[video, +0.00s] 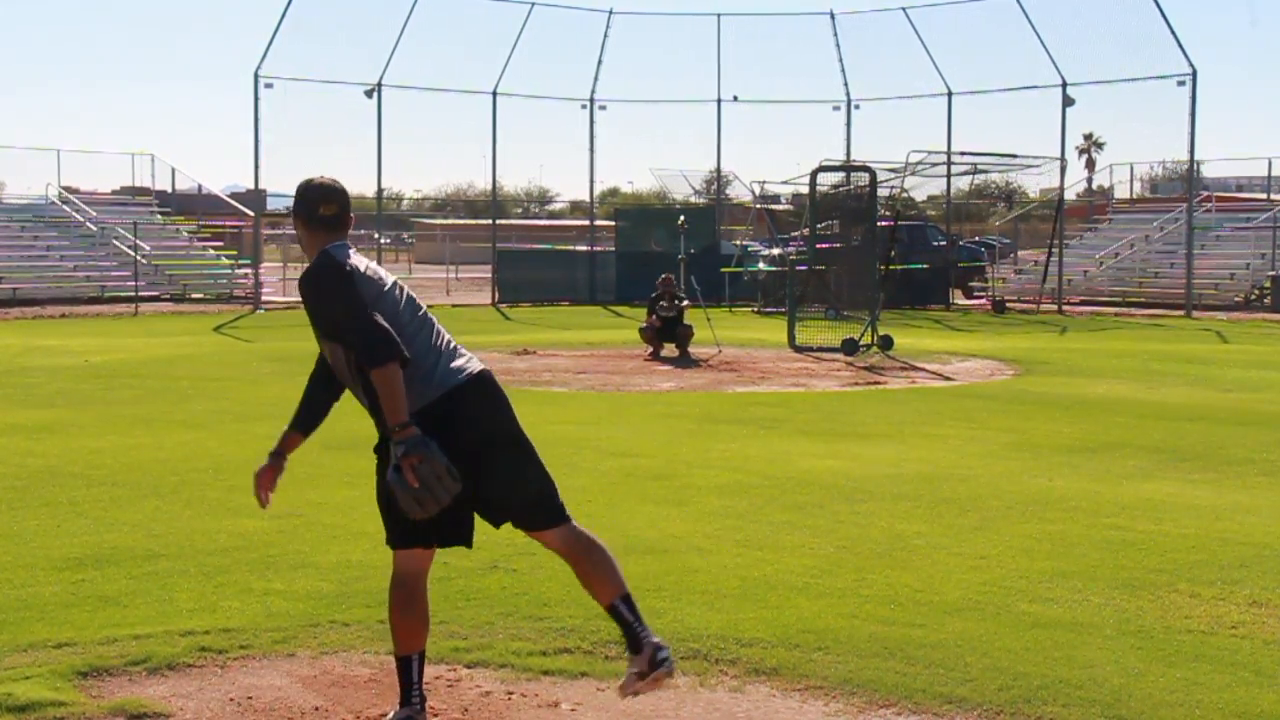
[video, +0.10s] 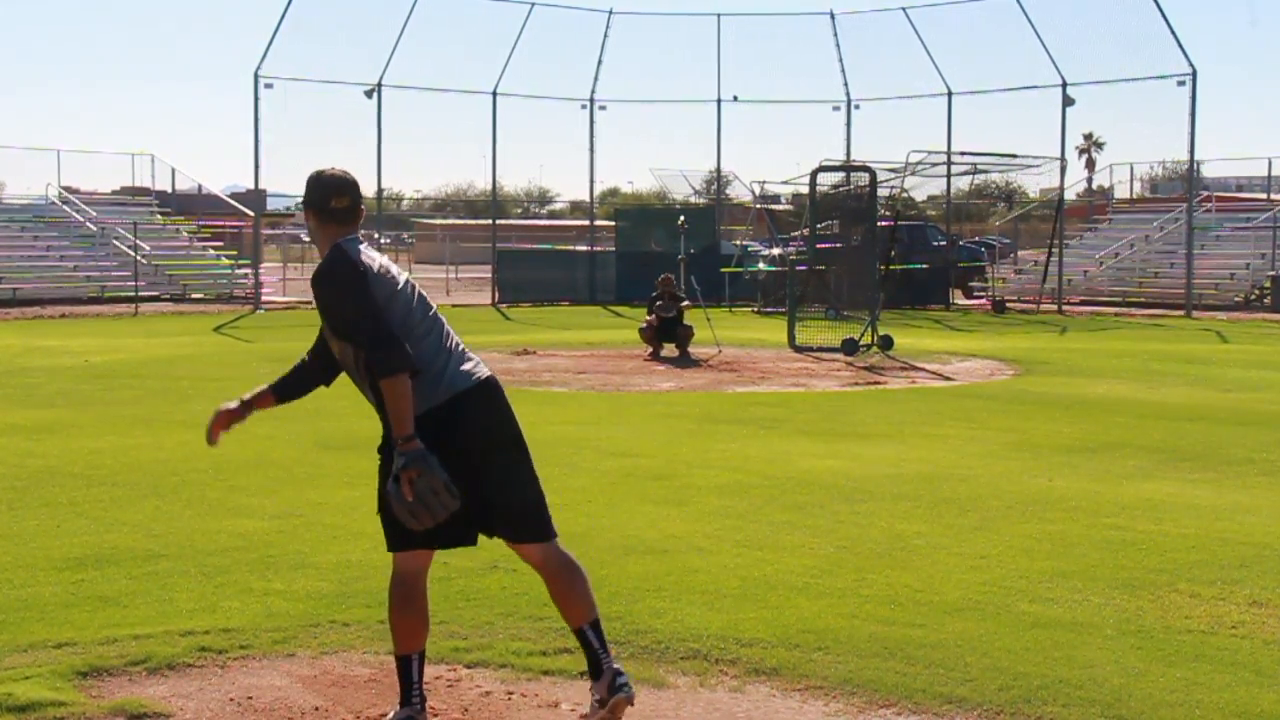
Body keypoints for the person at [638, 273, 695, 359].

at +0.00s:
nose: (667, 289)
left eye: (669, 286)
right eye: (664, 286)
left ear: (674, 286)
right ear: (659, 286)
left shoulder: (678, 297)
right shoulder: (654, 298)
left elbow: (687, 303)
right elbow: (648, 319)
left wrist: (680, 306)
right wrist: (654, 321)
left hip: (675, 328)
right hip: (660, 328)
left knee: (687, 329)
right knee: (645, 330)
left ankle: (683, 350)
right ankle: (656, 347)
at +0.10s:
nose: (666, 289)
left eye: (669, 285)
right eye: (664, 285)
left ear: (673, 286)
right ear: (659, 286)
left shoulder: (678, 297)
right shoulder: (654, 298)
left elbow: (688, 304)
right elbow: (649, 316)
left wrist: (681, 306)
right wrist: (651, 320)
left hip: (675, 328)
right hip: (659, 328)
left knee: (687, 330)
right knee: (644, 331)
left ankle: (683, 350)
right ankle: (656, 348)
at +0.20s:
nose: (666, 287)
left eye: (669, 284)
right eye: (664, 284)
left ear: (673, 284)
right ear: (659, 285)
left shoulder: (678, 296)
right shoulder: (655, 297)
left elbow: (687, 305)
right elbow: (649, 317)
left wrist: (680, 306)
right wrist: (651, 315)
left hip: (675, 327)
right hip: (660, 328)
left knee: (687, 331)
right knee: (645, 331)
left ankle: (683, 350)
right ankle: (656, 348)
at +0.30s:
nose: (666, 285)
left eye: (669, 282)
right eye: (663, 282)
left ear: (673, 283)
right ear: (659, 283)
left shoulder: (678, 295)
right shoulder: (655, 296)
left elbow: (685, 304)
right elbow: (649, 318)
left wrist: (679, 306)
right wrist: (649, 305)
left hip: (676, 330)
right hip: (660, 330)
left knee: (687, 332)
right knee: (645, 332)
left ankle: (683, 349)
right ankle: (656, 348)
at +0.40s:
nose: (666, 282)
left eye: (668, 279)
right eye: (663, 279)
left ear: (673, 280)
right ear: (659, 280)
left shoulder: (678, 293)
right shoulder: (655, 295)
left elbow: (681, 303)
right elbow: (646, 315)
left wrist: (675, 303)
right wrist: (638, 308)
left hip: (677, 330)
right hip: (661, 331)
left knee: (686, 334)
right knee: (646, 334)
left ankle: (682, 349)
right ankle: (656, 347)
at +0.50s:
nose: (666, 280)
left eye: (669, 277)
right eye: (663, 277)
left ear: (673, 278)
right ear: (659, 278)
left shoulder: (678, 292)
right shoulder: (657, 294)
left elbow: (678, 300)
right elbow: (644, 308)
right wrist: (631, 303)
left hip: (676, 330)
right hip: (661, 330)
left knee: (684, 337)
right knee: (646, 336)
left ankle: (683, 350)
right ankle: (656, 348)